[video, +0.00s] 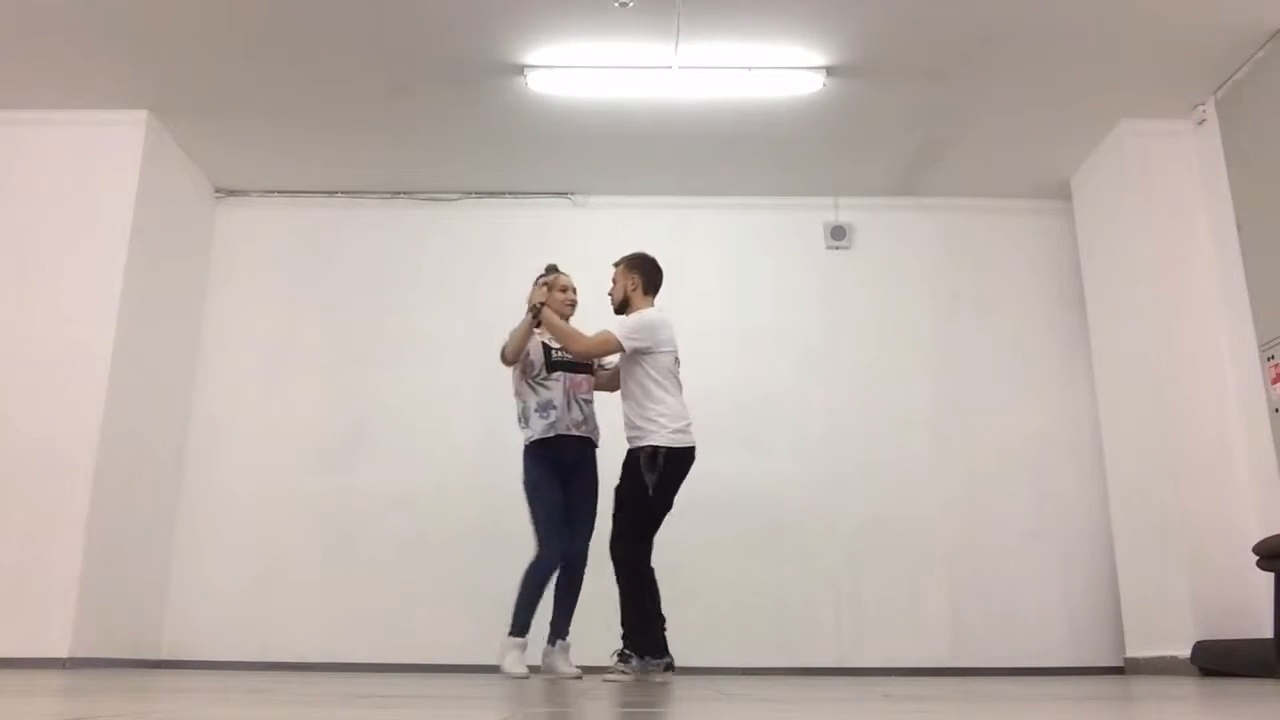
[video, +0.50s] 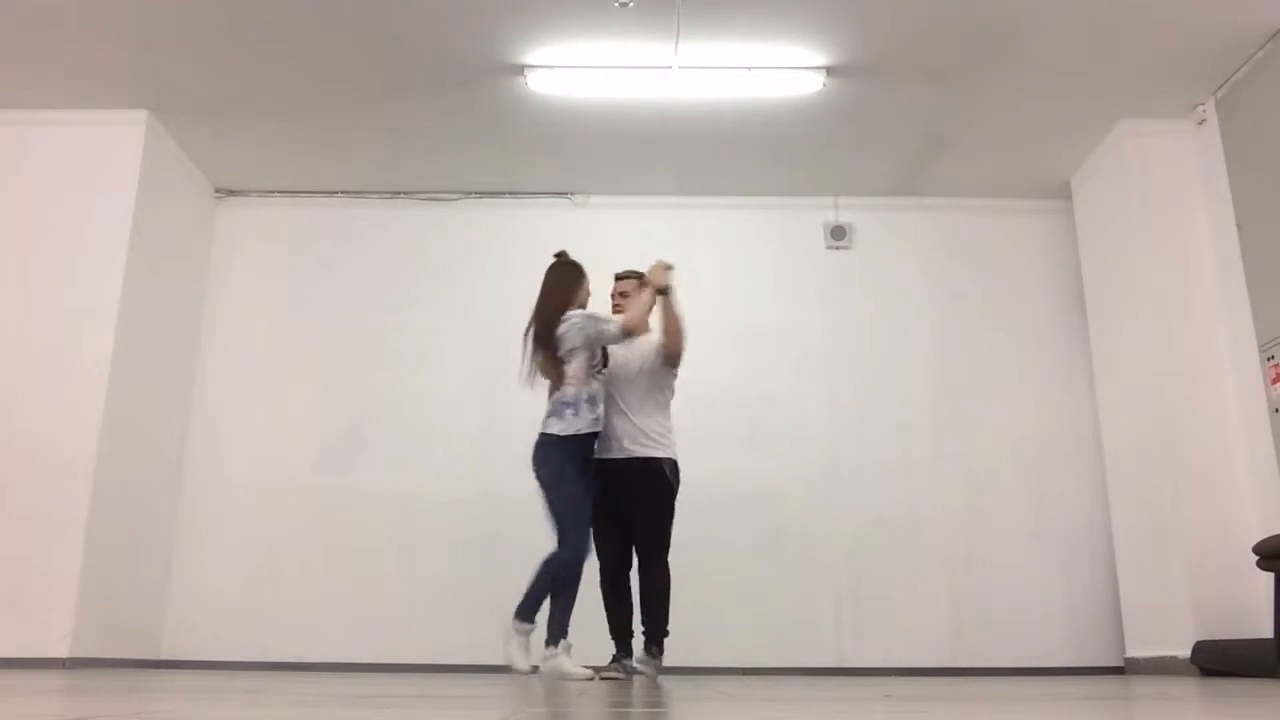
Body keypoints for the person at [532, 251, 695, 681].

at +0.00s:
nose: (610, 286)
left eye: (614, 278)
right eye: (612, 278)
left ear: (632, 280)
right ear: (641, 283)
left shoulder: (649, 322)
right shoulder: (644, 328)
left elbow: (585, 346)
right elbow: (612, 380)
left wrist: (542, 311)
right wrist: (555, 366)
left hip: (659, 448)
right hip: (653, 447)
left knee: (628, 547)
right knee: (628, 547)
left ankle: (649, 652)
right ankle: (643, 649)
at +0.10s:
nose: (609, 288)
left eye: (614, 279)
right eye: (611, 280)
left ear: (634, 281)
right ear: (637, 283)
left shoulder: (652, 323)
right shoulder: (641, 334)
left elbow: (589, 344)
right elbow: (605, 377)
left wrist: (553, 306)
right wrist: (554, 364)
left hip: (660, 449)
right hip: (647, 449)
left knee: (621, 546)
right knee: (613, 546)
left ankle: (641, 647)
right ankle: (645, 642)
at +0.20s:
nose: (610, 290)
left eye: (615, 282)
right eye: (611, 283)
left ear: (637, 285)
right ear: (637, 286)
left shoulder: (655, 326)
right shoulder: (635, 338)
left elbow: (600, 344)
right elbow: (598, 375)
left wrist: (569, 303)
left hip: (662, 451)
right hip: (637, 451)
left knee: (635, 549)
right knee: (600, 547)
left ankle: (637, 653)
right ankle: (634, 641)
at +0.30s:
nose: (610, 294)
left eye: (617, 286)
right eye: (611, 288)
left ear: (641, 290)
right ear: (637, 291)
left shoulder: (660, 330)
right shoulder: (631, 342)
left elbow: (618, 347)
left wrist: (586, 299)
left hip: (659, 454)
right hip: (627, 455)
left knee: (637, 551)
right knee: (610, 549)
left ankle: (635, 653)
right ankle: (623, 650)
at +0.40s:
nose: (613, 306)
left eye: (621, 295)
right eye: (610, 297)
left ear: (646, 296)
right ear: (607, 301)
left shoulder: (665, 337)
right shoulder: (612, 347)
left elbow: (646, 348)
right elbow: (579, 362)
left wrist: (632, 309)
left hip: (656, 459)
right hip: (615, 461)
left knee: (647, 556)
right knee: (615, 556)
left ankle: (642, 653)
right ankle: (624, 651)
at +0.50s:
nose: (617, 302)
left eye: (626, 295)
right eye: (614, 295)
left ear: (648, 299)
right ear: (608, 302)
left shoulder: (662, 347)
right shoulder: (601, 346)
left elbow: (674, 345)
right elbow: (566, 369)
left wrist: (666, 295)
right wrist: (553, 369)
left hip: (654, 463)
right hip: (608, 463)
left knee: (652, 561)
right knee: (613, 566)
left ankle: (654, 650)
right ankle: (622, 652)